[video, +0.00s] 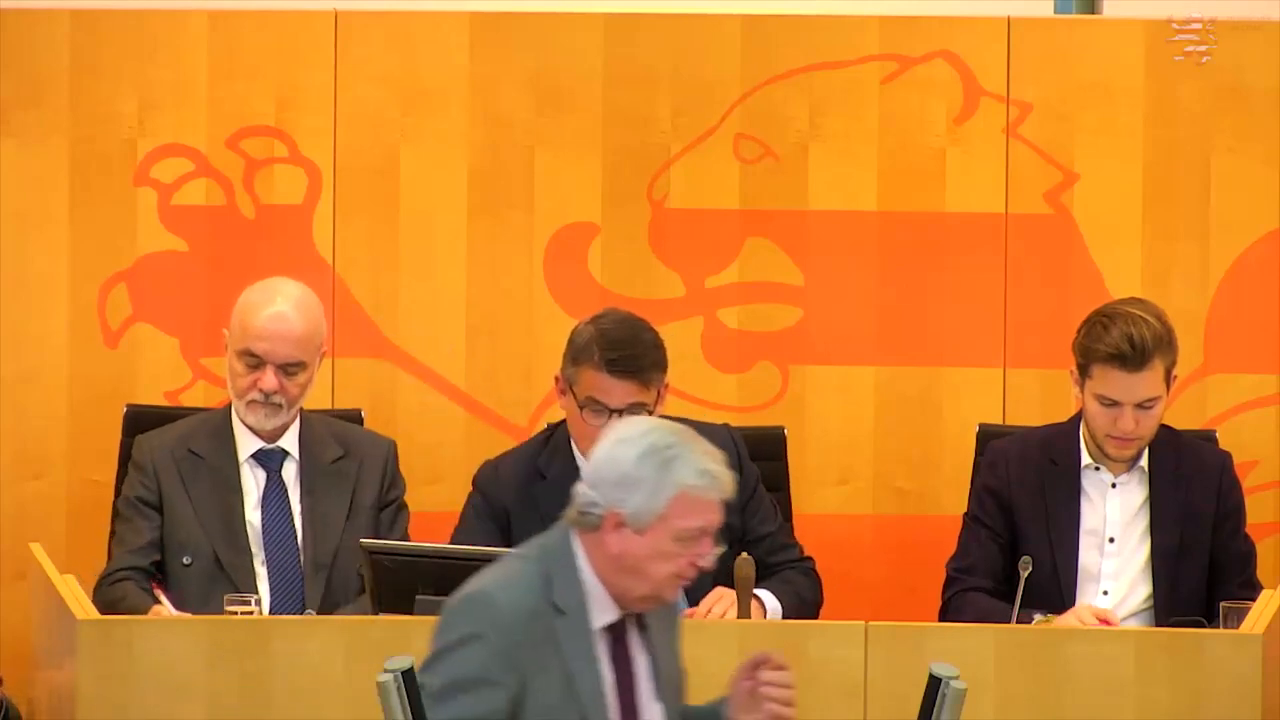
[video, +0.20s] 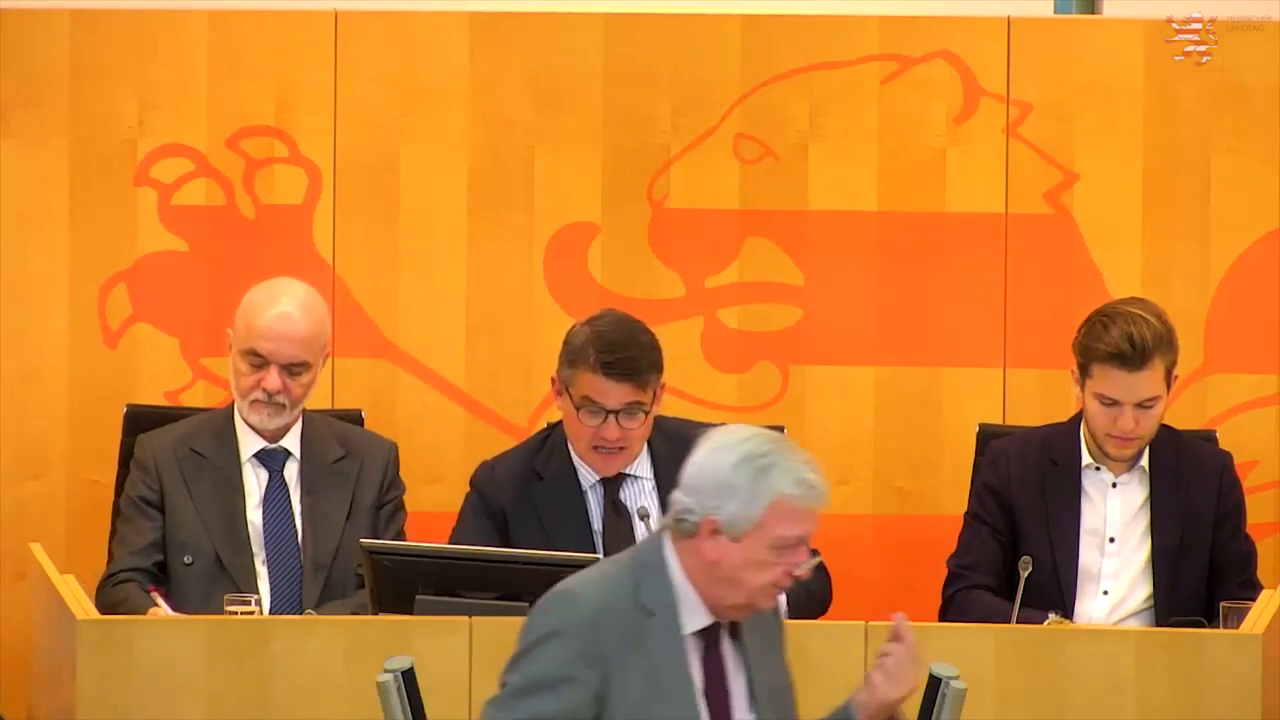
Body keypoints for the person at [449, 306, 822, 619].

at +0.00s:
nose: (615, 430)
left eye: (634, 412)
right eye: (596, 411)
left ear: (661, 395)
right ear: (562, 392)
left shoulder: (718, 452)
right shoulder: (504, 484)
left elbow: (799, 579)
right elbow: (468, 601)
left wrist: (755, 605)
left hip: (703, 662)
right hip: (559, 675)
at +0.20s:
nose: (612, 432)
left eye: (631, 413)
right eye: (592, 411)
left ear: (657, 397)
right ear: (560, 392)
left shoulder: (718, 456)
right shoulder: (501, 486)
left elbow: (816, 586)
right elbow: (455, 606)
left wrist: (735, 597)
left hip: (697, 675)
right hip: (562, 677)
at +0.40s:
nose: (611, 439)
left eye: (630, 418)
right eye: (592, 418)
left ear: (656, 400)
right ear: (557, 399)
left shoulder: (714, 454)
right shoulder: (497, 492)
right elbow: (460, 613)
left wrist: (732, 538)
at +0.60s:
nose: (616, 449)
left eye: (635, 428)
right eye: (596, 427)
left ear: (658, 405)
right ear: (560, 406)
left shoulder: (709, 453)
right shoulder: (496, 489)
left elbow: (766, 597)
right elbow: (458, 620)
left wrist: (718, 534)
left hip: (697, 669)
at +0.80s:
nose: (618, 452)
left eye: (636, 428)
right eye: (597, 430)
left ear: (656, 403)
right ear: (558, 408)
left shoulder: (707, 451)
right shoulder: (496, 490)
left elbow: (765, 583)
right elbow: (457, 617)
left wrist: (700, 520)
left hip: (699, 669)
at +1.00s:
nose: (618, 453)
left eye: (636, 430)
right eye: (597, 432)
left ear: (654, 407)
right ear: (557, 410)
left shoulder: (705, 453)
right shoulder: (494, 491)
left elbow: (770, 577)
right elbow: (455, 615)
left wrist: (693, 519)